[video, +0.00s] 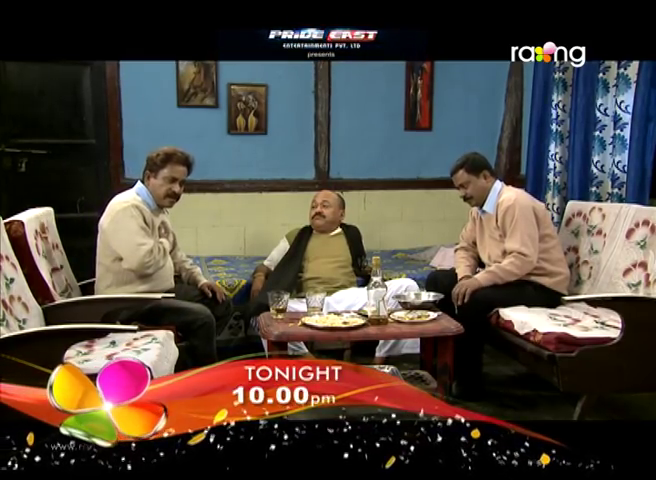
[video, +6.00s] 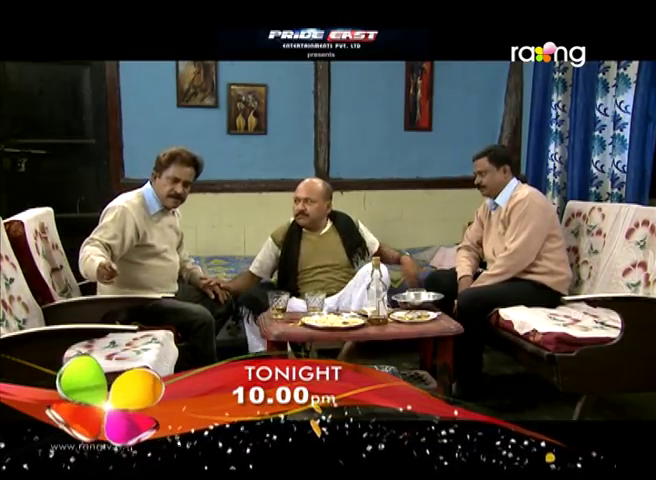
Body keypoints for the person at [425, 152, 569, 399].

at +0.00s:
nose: (462, 194)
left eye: (465, 186)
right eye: (459, 190)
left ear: (485, 177)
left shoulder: (516, 203)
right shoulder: (479, 209)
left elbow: (523, 259)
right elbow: (465, 247)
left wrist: (477, 281)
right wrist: (465, 276)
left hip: (542, 286)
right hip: (504, 277)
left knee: (471, 301)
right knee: (437, 280)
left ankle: (467, 384)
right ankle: (439, 369)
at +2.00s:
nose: (458, 198)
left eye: (460, 191)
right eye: (454, 193)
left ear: (480, 179)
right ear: (478, 181)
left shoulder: (512, 206)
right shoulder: (477, 208)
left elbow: (513, 266)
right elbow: (464, 248)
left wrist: (465, 294)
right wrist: (463, 283)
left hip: (542, 286)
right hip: (503, 277)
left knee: (468, 302)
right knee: (437, 280)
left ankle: (468, 385)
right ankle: (440, 368)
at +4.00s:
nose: (459, 198)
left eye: (461, 189)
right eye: (456, 192)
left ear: (482, 179)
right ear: (479, 181)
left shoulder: (514, 206)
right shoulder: (478, 208)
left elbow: (513, 267)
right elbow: (464, 248)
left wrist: (467, 294)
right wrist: (463, 282)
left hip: (541, 286)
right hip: (504, 277)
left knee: (468, 303)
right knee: (437, 280)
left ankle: (467, 387)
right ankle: (440, 371)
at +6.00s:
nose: (477, 181)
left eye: (482, 174)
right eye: (475, 176)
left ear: (505, 171)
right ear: (500, 173)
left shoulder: (530, 201)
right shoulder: (489, 206)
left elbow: (515, 259)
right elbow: (469, 246)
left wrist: (472, 291)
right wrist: (464, 279)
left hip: (541, 285)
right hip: (505, 277)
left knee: (468, 303)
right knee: (437, 281)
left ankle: (467, 385)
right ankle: (437, 369)